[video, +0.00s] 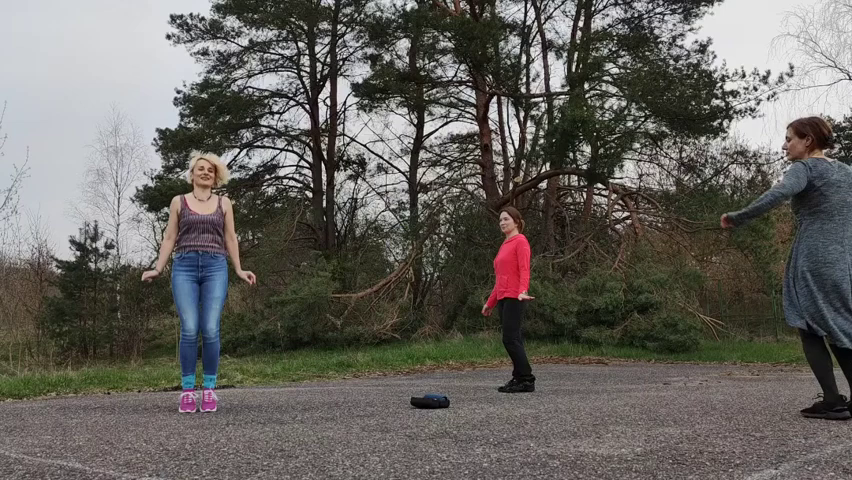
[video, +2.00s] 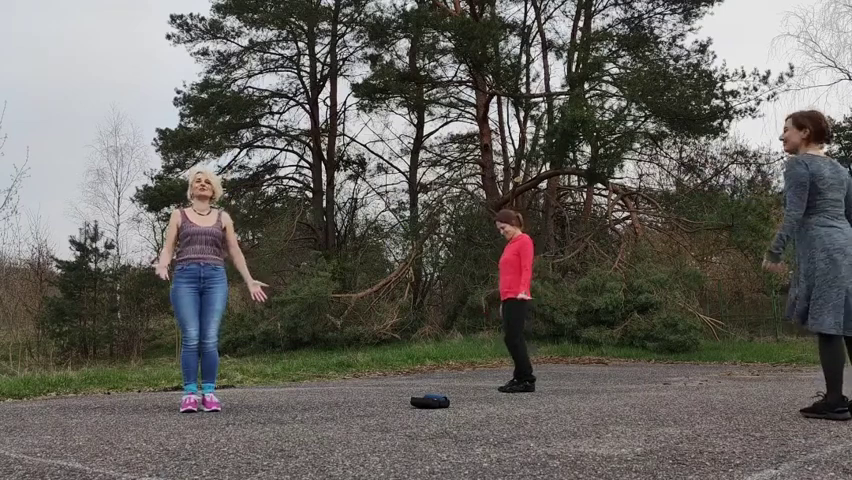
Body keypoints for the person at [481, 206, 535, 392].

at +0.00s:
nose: (502, 222)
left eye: (506, 219)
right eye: (501, 220)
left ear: (516, 221)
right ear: (500, 224)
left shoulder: (521, 240)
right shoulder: (506, 244)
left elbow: (524, 267)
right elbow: (501, 279)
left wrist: (523, 289)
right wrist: (490, 302)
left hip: (514, 296)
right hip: (504, 297)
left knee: (511, 339)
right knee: (511, 339)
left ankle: (526, 379)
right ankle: (518, 378)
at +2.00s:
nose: (502, 232)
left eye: (503, 227)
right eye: (499, 229)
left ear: (514, 224)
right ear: (503, 228)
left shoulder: (524, 241)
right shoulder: (511, 244)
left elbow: (526, 267)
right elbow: (508, 273)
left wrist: (523, 290)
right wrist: (503, 299)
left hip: (518, 297)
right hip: (508, 298)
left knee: (514, 337)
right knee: (511, 337)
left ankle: (525, 379)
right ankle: (520, 377)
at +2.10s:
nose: (501, 231)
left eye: (502, 227)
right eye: (499, 229)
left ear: (512, 223)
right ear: (505, 226)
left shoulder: (523, 239)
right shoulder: (511, 242)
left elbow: (524, 266)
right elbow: (510, 269)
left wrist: (519, 289)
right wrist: (505, 291)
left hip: (517, 297)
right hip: (508, 297)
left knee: (516, 337)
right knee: (514, 337)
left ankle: (526, 379)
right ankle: (519, 377)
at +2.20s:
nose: (499, 231)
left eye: (501, 227)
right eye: (498, 228)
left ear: (511, 223)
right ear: (506, 225)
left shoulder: (522, 239)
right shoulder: (511, 242)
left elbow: (523, 267)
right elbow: (511, 268)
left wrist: (516, 289)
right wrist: (506, 290)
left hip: (516, 297)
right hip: (508, 296)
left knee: (516, 337)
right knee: (514, 337)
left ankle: (526, 379)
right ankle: (519, 377)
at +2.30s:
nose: (500, 232)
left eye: (501, 228)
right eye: (498, 229)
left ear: (511, 224)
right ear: (506, 226)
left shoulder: (522, 240)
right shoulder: (512, 242)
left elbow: (522, 268)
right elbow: (511, 269)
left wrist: (514, 290)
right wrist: (505, 291)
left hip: (516, 298)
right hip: (508, 298)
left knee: (516, 339)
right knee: (513, 339)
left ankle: (526, 380)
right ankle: (519, 377)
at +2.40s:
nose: (499, 233)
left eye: (500, 229)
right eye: (497, 230)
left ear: (511, 224)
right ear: (506, 226)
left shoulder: (522, 241)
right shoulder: (512, 243)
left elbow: (523, 269)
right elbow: (511, 270)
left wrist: (515, 291)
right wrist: (505, 292)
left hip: (516, 300)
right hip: (508, 299)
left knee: (513, 339)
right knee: (512, 339)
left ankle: (525, 379)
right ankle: (520, 377)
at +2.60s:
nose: (498, 230)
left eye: (499, 226)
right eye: (496, 227)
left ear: (510, 223)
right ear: (504, 225)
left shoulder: (521, 240)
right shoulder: (509, 242)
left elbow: (523, 268)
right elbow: (509, 270)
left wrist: (519, 292)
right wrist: (503, 296)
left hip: (515, 297)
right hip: (507, 297)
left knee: (516, 339)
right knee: (513, 339)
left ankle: (526, 379)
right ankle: (519, 377)